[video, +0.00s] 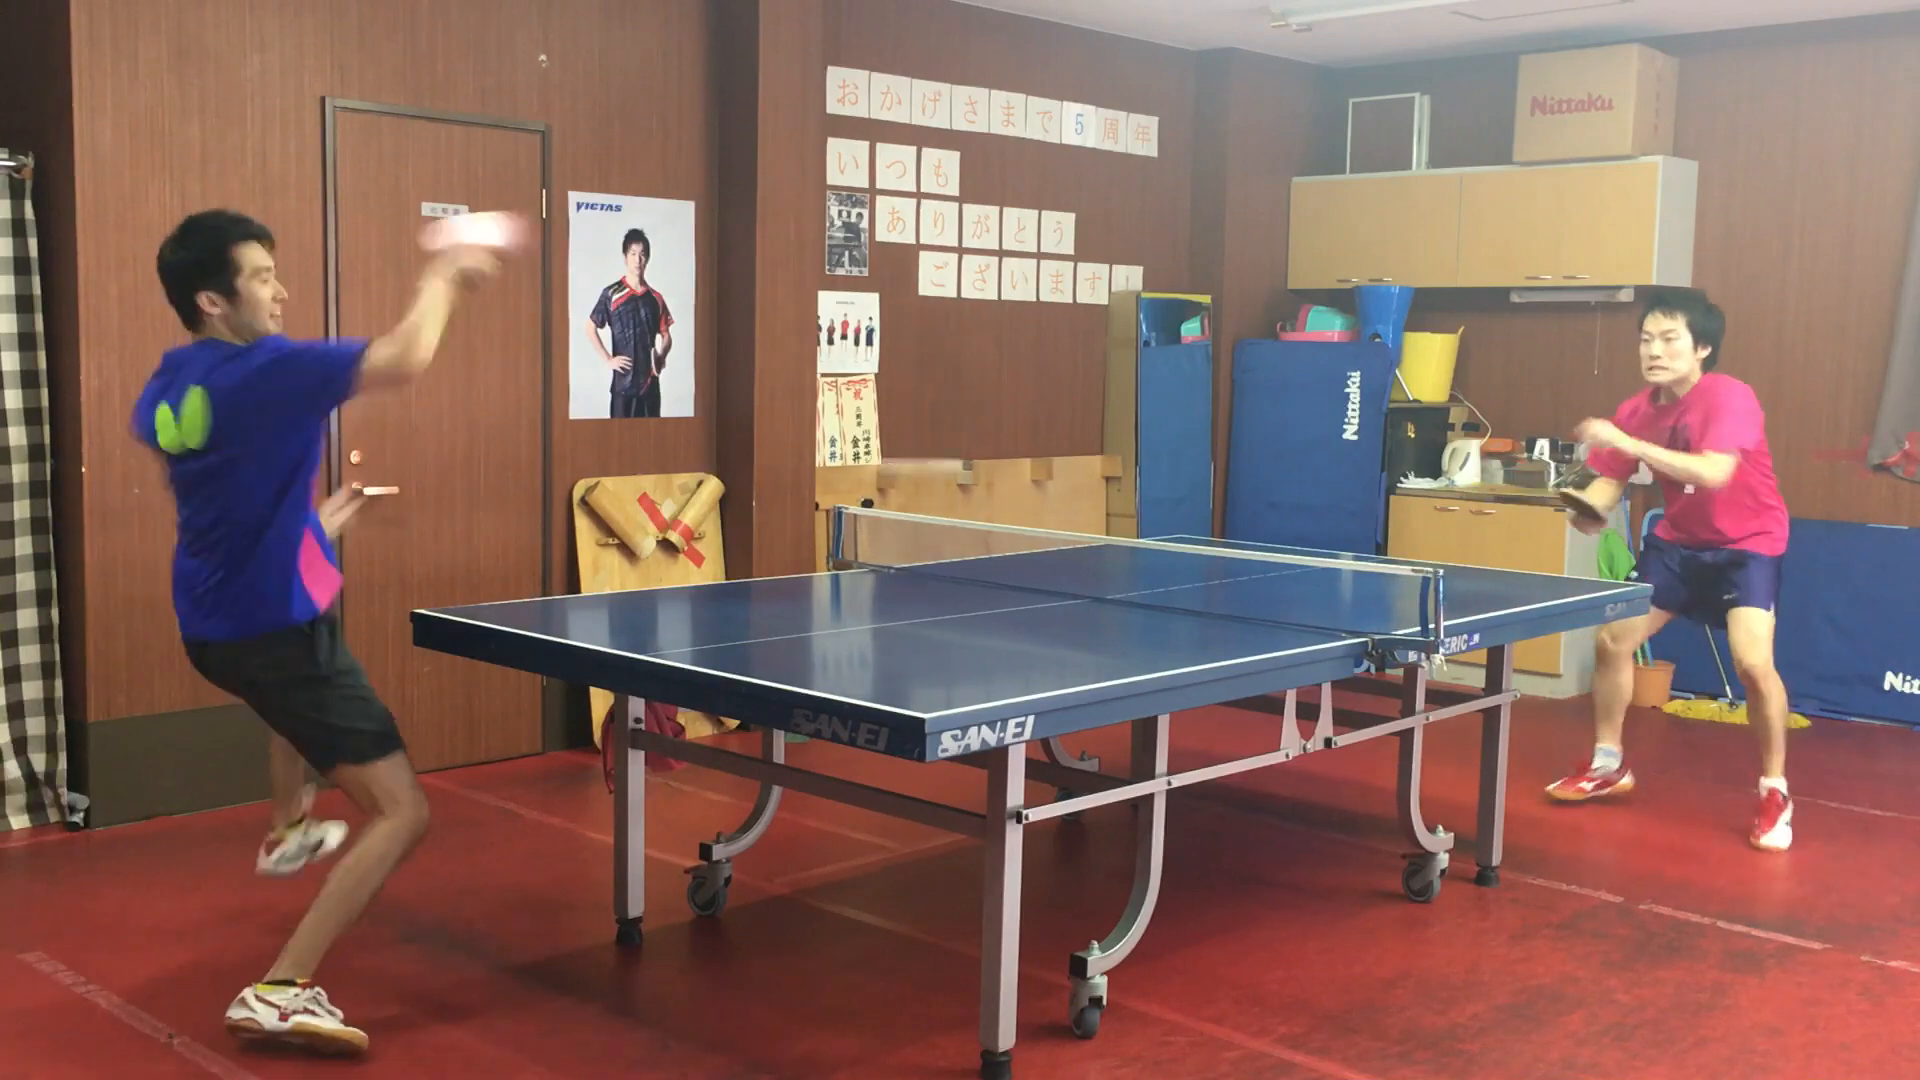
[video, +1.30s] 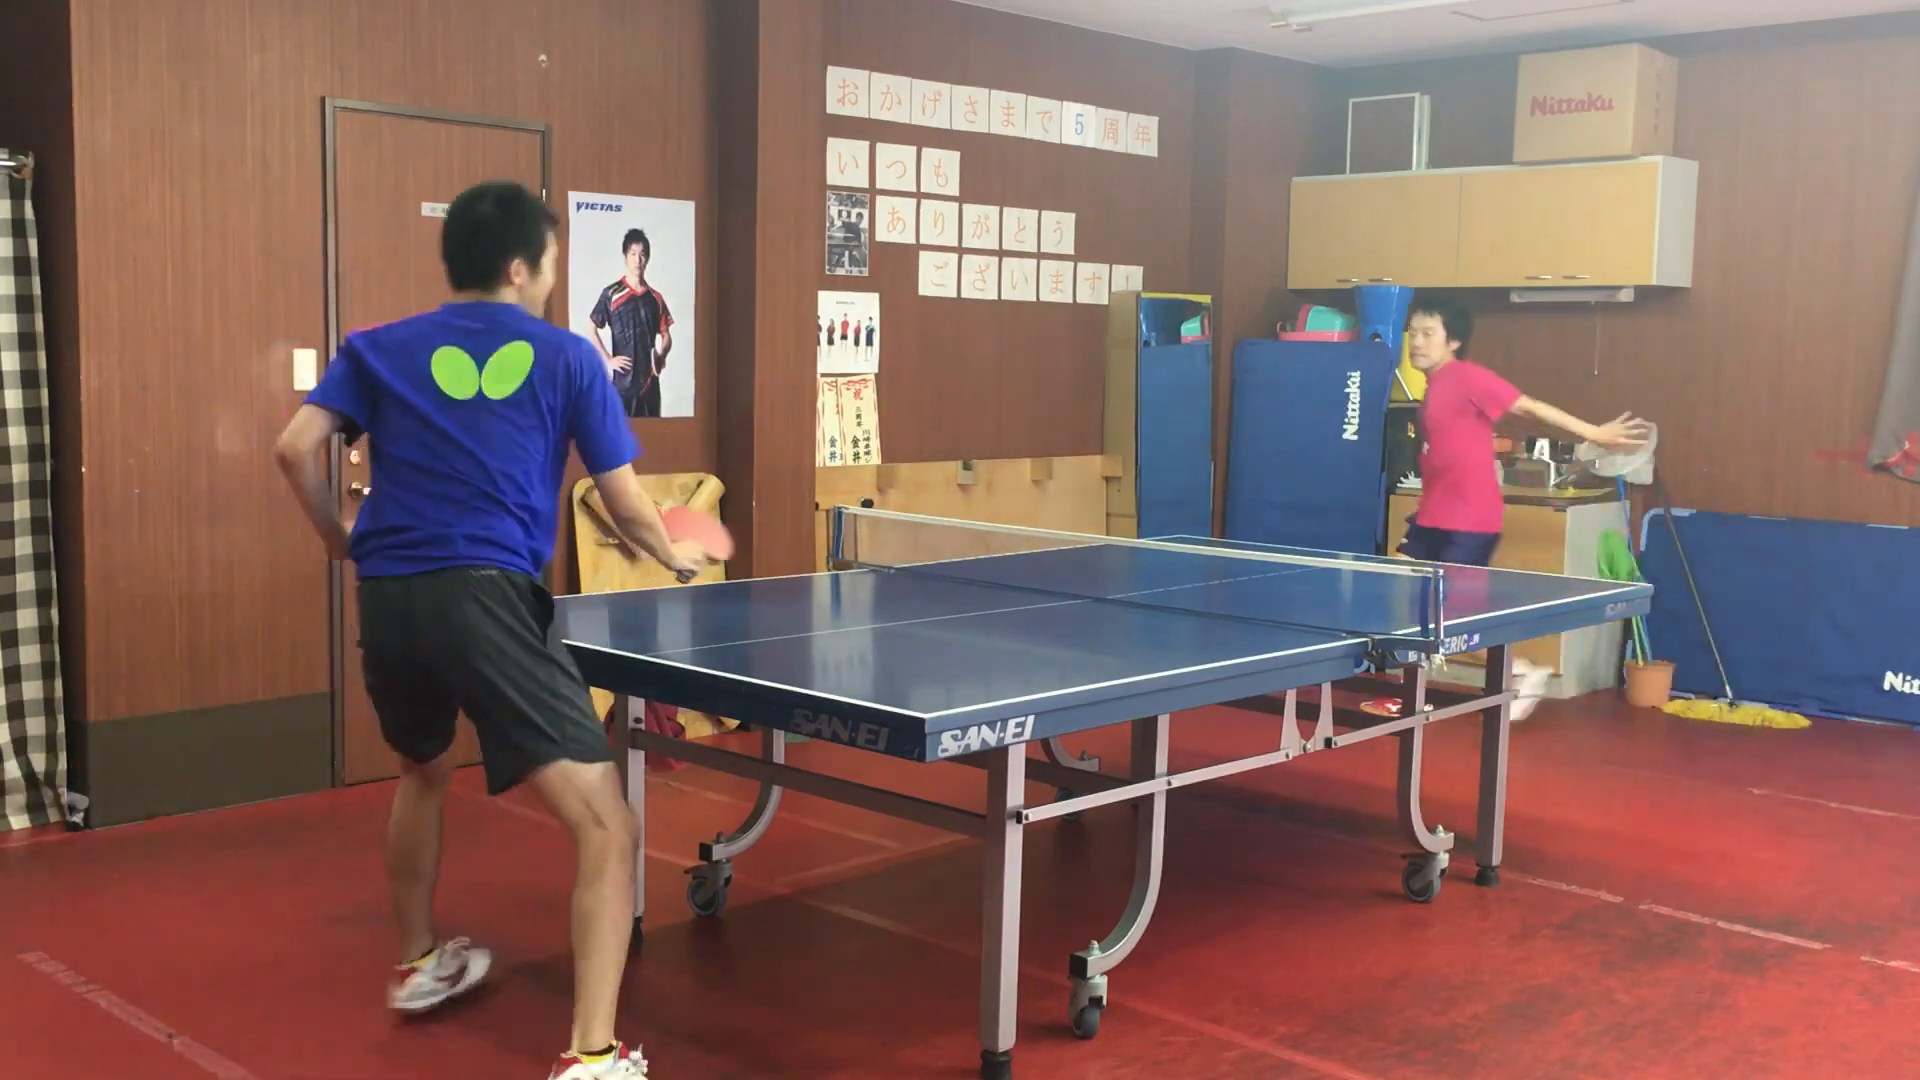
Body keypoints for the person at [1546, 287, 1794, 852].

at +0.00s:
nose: (1652, 350)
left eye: (1668, 340)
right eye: (1646, 339)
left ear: (1702, 350)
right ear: (1639, 346)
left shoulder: (1728, 398)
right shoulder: (1633, 411)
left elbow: (1712, 472)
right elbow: (1608, 483)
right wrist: (1584, 505)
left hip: (1745, 549)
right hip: (1676, 547)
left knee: (1752, 662)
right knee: (1611, 638)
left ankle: (1774, 790)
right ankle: (1606, 765)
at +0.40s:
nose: (1655, 355)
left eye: (1669, 345)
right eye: (1649, 345)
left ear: (1699, 354)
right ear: (1642, 351)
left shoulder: (1725, 394)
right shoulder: (1653, 413)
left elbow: (1697, 465)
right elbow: (1623, 485)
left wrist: (1641, 432)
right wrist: (1567, 479)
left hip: (1769, 531)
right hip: (1705, 533)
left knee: (1778, 640)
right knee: (1656, 623)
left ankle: (1799, 734)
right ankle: (1638, 737)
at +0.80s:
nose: (1606, 358)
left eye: (1620, 350)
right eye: (1601, 348)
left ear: (1646, 360)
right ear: (1593, 354)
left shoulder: (1659, 409)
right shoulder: (1600, 410)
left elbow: (1629, 478)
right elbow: (1587, 470)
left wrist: (1564, 455)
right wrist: (1531, 486)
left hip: (1696, 539)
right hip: (1641, 541)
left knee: (1727, 635)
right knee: (1600, 617)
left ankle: (1777, 716)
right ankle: (1641, 704)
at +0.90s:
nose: (1575, 358)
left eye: (1588, 348)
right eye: (1569, 349)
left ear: (1614, 358)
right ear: (1562, 356)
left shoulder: (1628, 402)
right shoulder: (1572, 408)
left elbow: (1596, 469)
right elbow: (1557, 470)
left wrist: (1527, 470)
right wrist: (1500, 486)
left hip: (1657, 542)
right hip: (1599, 538)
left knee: (1682, 641)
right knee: (1539, 602)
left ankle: (1711, 699)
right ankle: (1586, 680)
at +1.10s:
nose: (1470, 374)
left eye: (1482, 365)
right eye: (1466, 365)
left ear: (1509, 375)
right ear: (1460, 372)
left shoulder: (1515, 417)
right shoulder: (1498, 415)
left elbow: (1550, 470)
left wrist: (1594, 524)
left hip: (1552, 555)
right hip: (1505, 549)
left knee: (1607, 643)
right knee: (1436, 591)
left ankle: (1691, 698)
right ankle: (1409, 690)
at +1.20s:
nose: (1435, 362)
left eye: (1446, 353)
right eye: (1431, 353)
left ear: (1473, 360)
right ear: (1428, 357)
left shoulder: (1481, 397)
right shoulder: (1460, 401)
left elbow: (1545, 432)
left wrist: (1611, 460)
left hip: (1500, 550)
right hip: (1460, 541)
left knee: (1513, 647)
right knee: (1399, 599)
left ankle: (1627, 676)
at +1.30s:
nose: (1415, 341)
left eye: (1426, 333)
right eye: (1411, 332)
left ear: (1453, 341)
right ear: (1407, 335)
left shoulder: (1468, 377)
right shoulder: (1434, 382)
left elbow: (1531, 408)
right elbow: (1454, 442)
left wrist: (1597, 433)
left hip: (1471, 519)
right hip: (1433, 514)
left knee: (1452, 606)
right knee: (1401, 595)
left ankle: (1521, 673)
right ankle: (1409, 692)